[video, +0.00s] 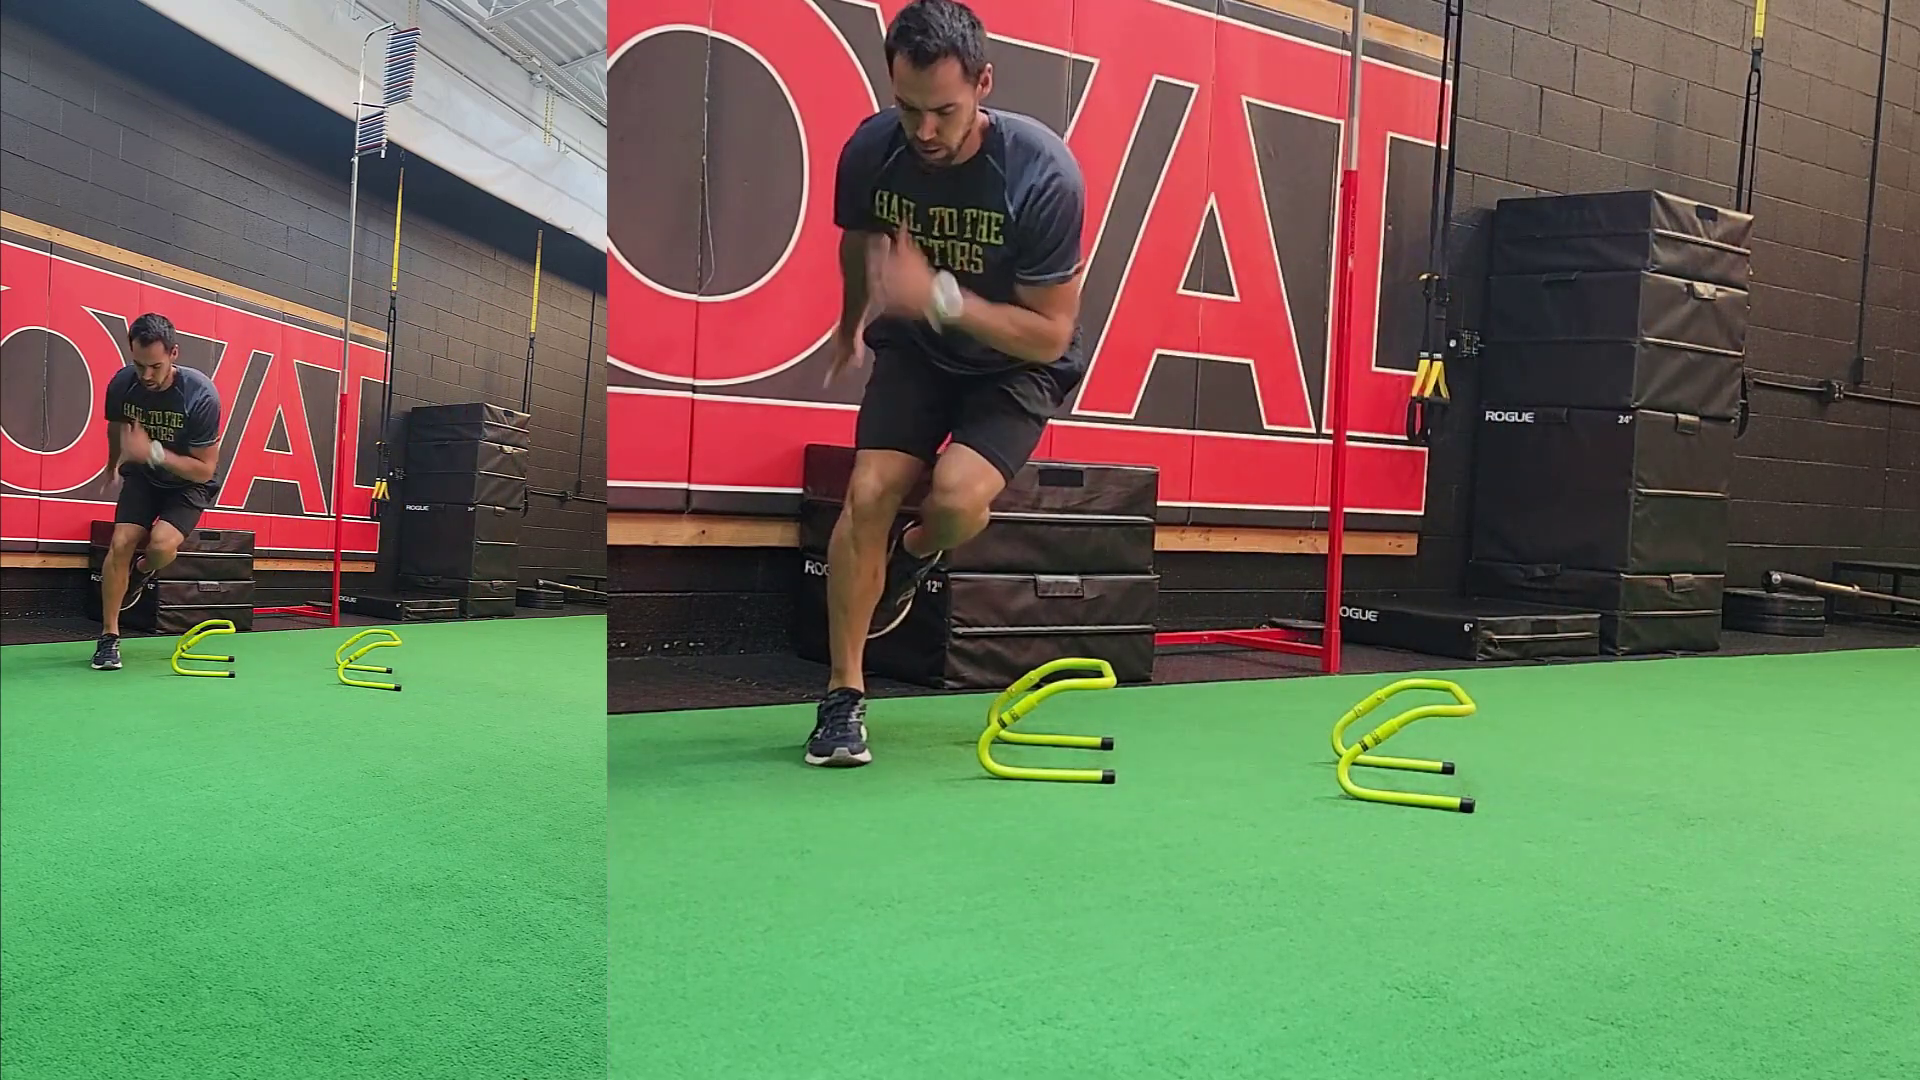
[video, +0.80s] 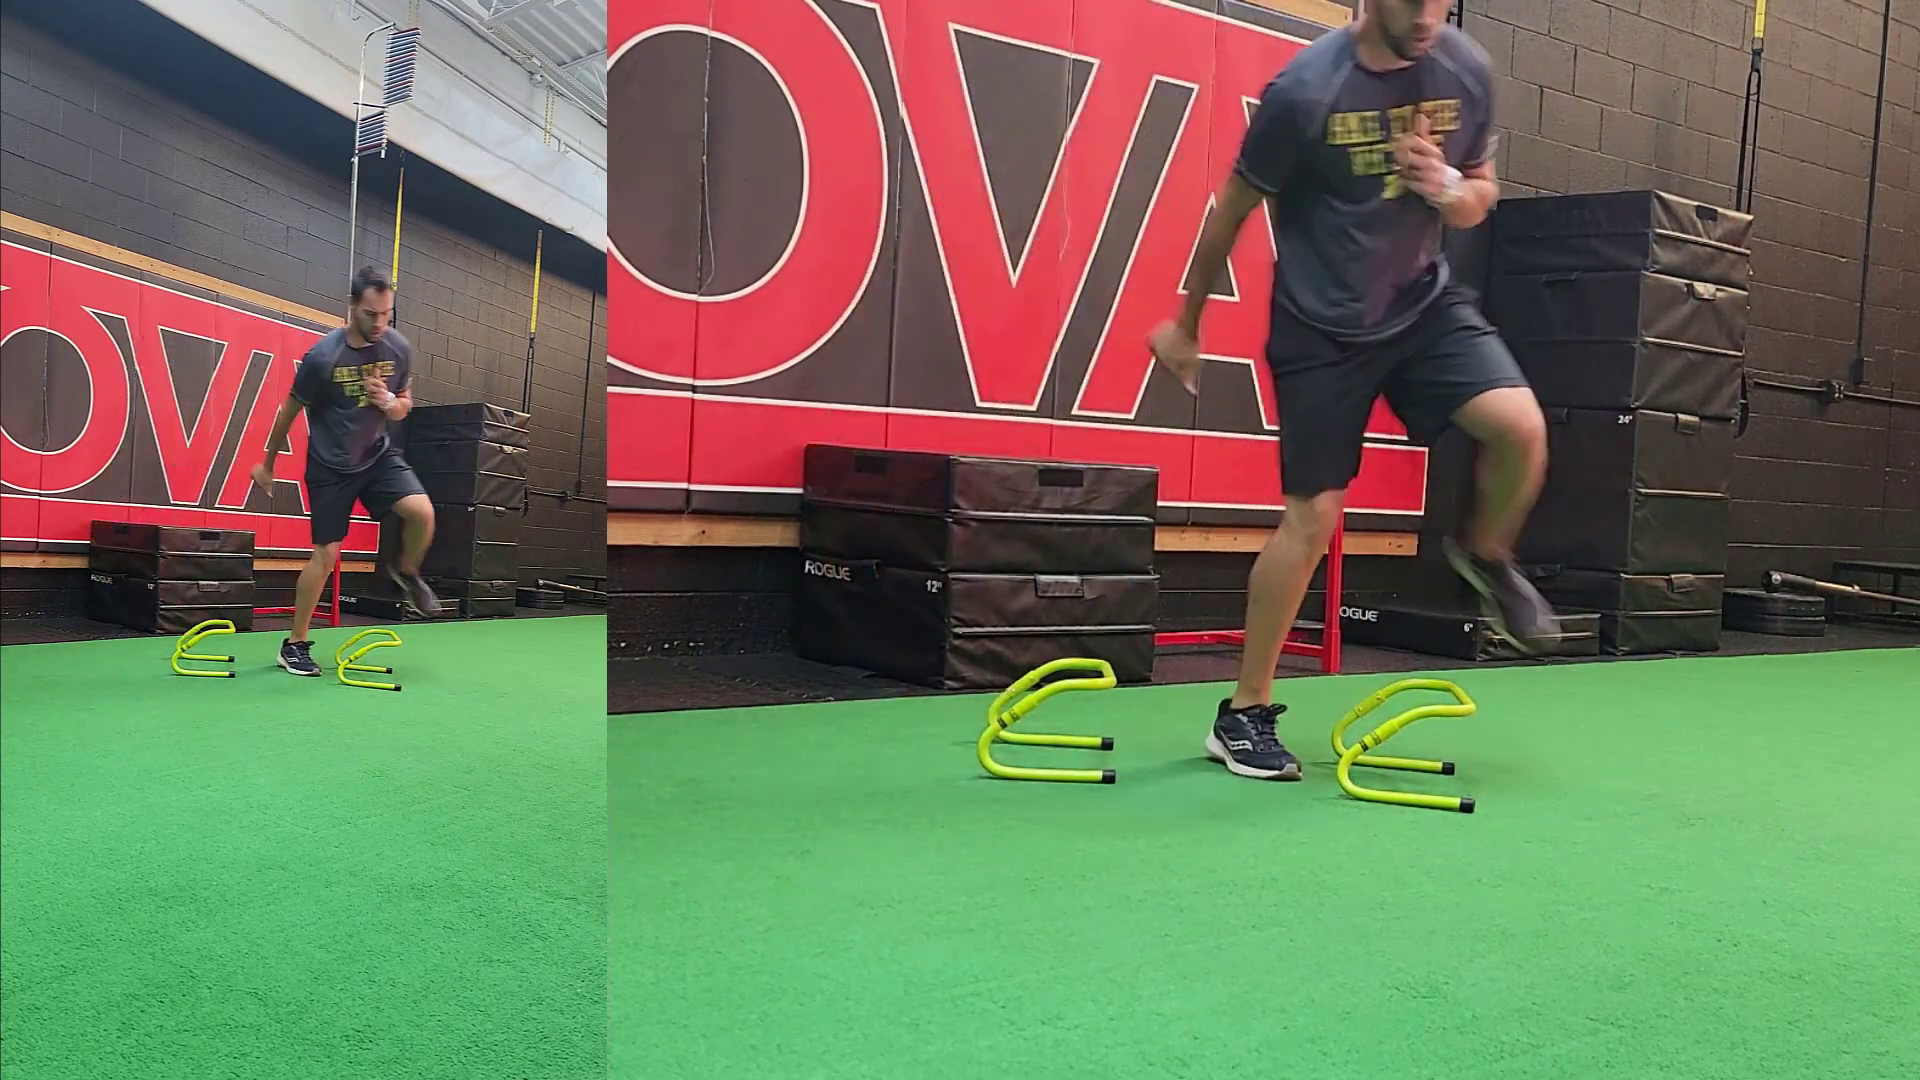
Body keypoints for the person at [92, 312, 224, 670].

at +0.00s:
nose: (147, 375)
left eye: (155, 367)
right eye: (140, 365)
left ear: (174, 355)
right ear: (131, 355)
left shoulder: (202, 397)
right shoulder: (122, 385)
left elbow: (205, 470)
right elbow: (116, 428)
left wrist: (153, 452)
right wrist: (112, 467)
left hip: (189, 482)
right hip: (141, 475)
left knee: (162, 543)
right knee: (122, 543)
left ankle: (141, 575)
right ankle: (110, 636)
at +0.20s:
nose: (177, 360)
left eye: (184, 351)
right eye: (169, 352)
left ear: (196, 343)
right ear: (156, 345)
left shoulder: (220, 384)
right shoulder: (139, 389)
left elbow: (261, 427)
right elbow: (127, 449)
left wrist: (284, 476)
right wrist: (130, 489)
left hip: (209, 476)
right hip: (160, 480)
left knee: (196, 535)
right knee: (135, 549)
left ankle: (229, 565)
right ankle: (113, 636)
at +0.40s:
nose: (252, 317)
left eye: (258, 307)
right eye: (243, 309)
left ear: (266, 301)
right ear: (227, 302)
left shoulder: (288, 346)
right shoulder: (203, 345)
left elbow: (311, 399)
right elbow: (188, 398)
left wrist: (307, 455)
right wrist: (189, 441)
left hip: (265, 451)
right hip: (214, 448)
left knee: (268, 542)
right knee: (184, 524)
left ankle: (278, 629)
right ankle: (147, 604)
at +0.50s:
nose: (286, 314)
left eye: (292, 305)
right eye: (277, 306)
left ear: (301, 301)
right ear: (261, 300)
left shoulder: (319, 348)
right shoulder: (237, 344)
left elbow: (330, 407)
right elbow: (207, 394)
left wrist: (312, 436)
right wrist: (188, 443)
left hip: (293, 452)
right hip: (246, 444)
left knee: (285, 551)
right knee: (240, 500)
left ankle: (280, 635)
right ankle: (227, 543)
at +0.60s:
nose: (316, 307)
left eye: (323, 298)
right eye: (308, 297)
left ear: (330, 294)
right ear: (290, 291)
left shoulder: (343, 335)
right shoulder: (261, 336)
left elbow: (354, 399)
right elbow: (232, 379)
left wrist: (331, 375)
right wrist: (217, 422)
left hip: (322, 443)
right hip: (277, 436)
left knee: (317, 533)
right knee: (295, 505)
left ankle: (295, 620)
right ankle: (277, 586)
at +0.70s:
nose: (347, 314)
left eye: (353, 306)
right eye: (340, 305)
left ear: (360, 302)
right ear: (321, 299)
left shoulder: (372, 341)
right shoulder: (293, 345)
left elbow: (377, 402)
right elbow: (261, 389)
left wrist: (361, 395)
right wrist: (246, 436)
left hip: (351, 450)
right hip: (303, 451)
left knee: (371, 519)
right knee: (312, 544)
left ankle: (339, 559)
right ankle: (294, 638)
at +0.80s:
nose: (380, 323)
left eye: (386, 314)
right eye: (372, 314)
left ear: (392, 309)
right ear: (351, 307)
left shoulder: (398, 349)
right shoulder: (322, 358)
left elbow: (401, 408)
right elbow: (289, 409)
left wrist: (387, 402)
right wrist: (267, 462)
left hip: (378, 458)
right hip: (331, 467)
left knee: (422, 514)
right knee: (327, 554)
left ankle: (406, 571)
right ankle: (296, 643)